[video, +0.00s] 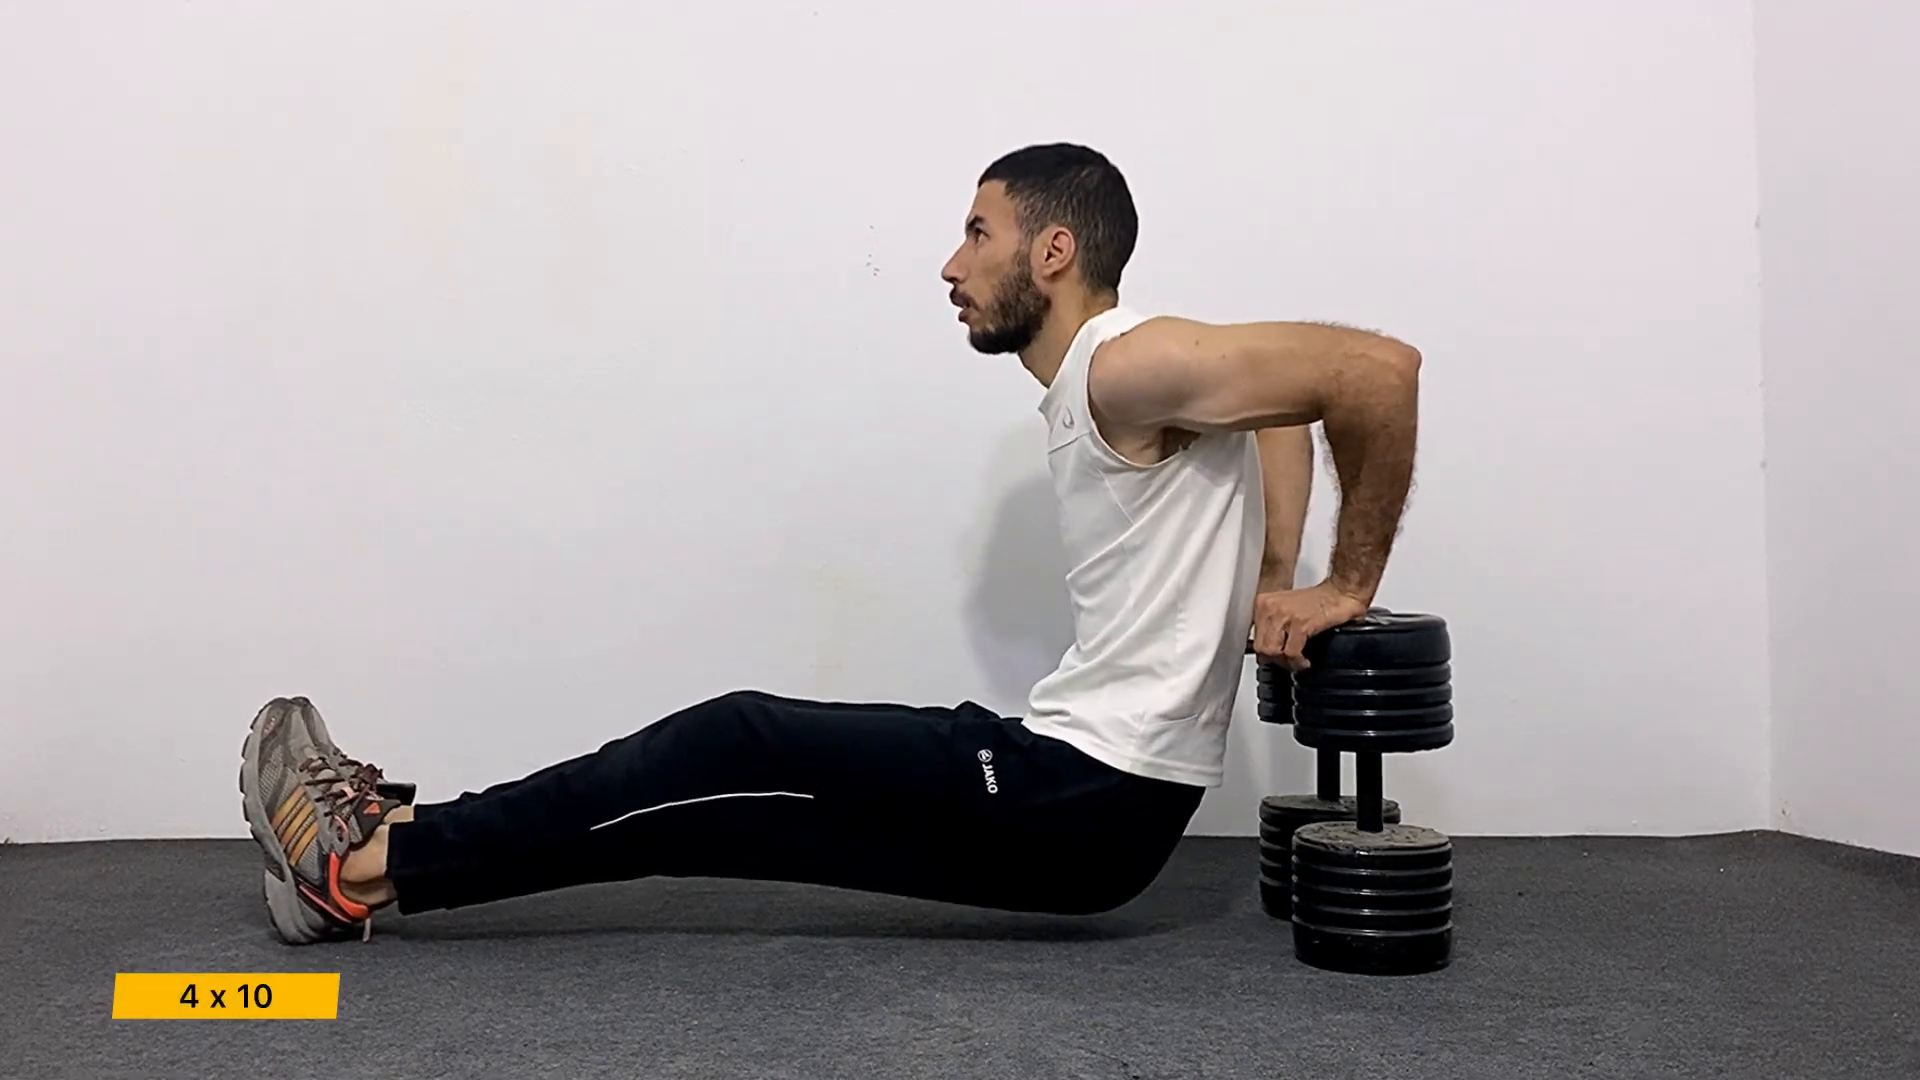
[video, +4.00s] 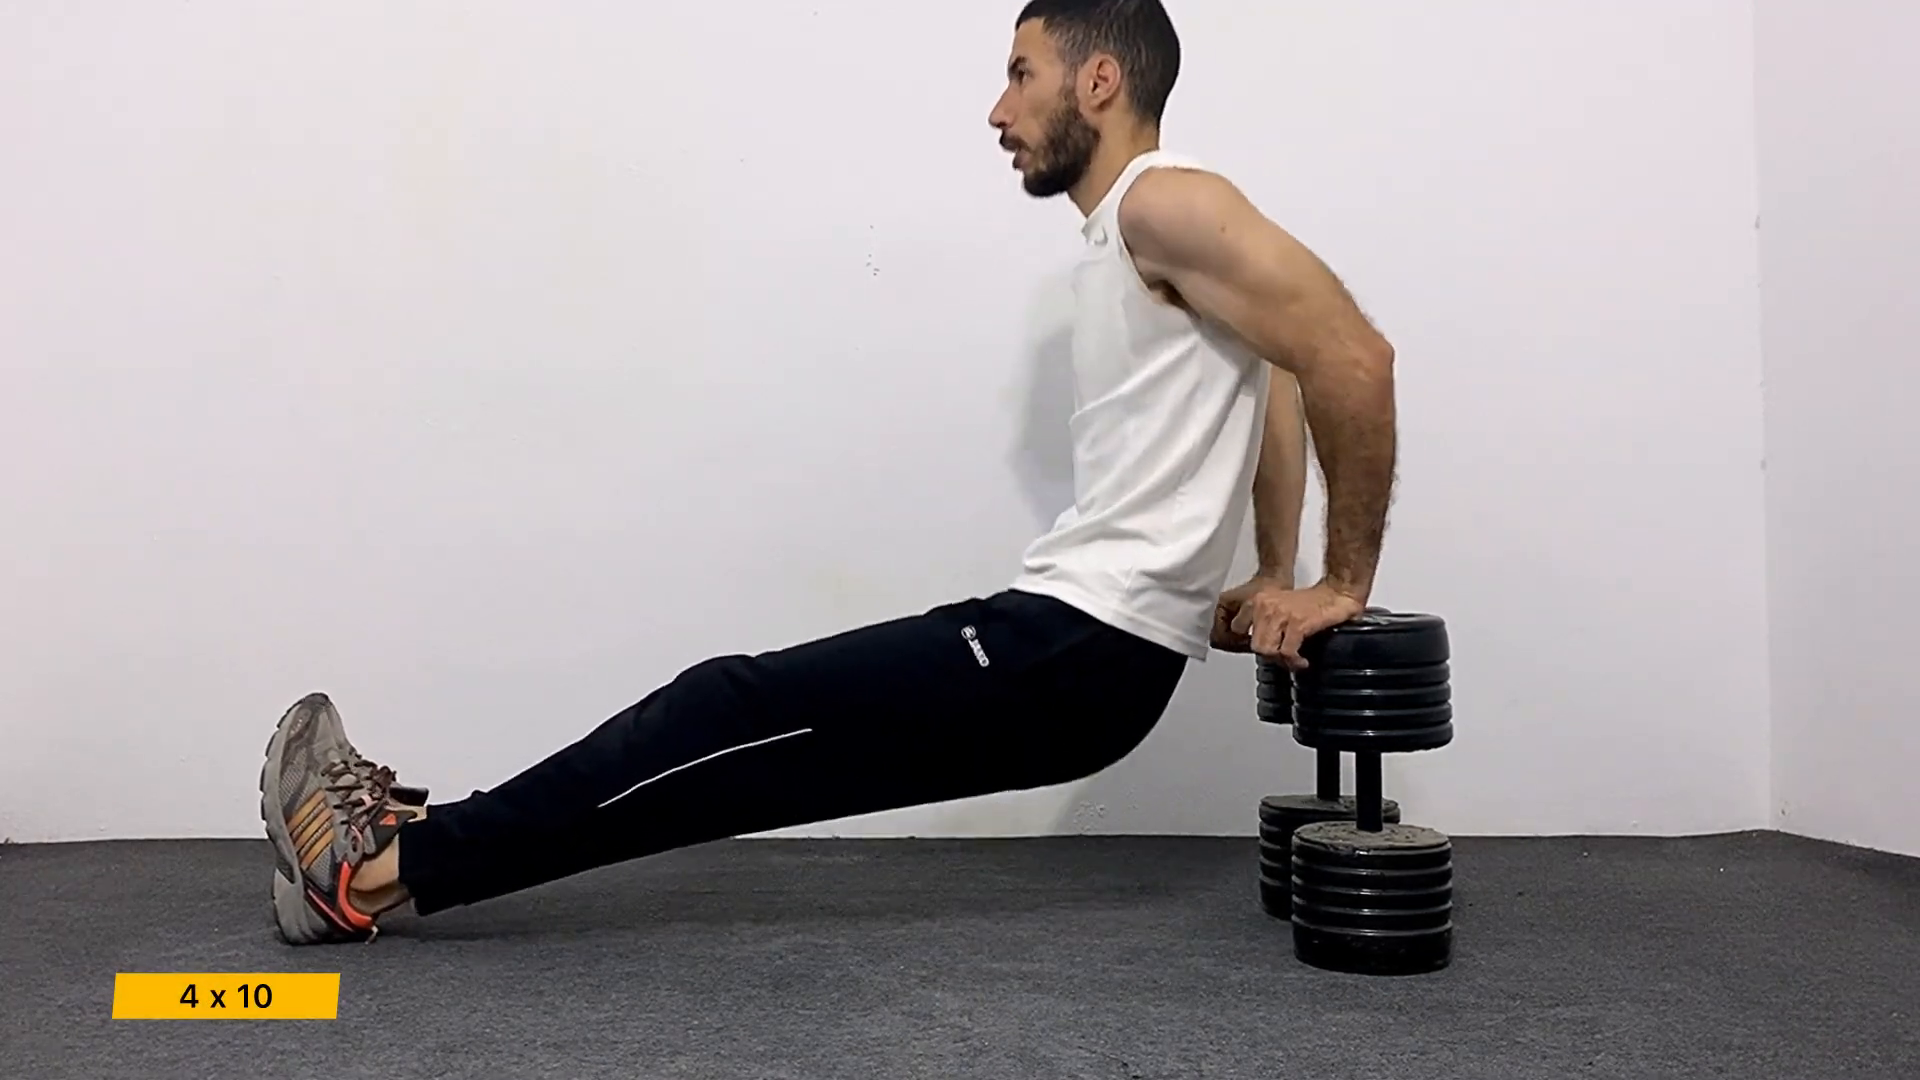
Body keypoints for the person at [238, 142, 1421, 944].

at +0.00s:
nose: (952, 268)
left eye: (976, 238)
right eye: (963, 240)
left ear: (1059, 250)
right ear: (1066, 252)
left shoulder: (1120, 367)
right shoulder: (1111, 368)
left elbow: (1381, 374)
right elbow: (1284, 394)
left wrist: (1355, 584)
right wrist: (1277, 580)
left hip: (1086, 792)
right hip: (1081, 781)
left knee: (730, 738)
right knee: (718, 796)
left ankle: (367, 866)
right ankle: (409, 835)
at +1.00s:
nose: (1007, 76)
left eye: (1031, 46)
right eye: (1015, 47)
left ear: (1116, 53)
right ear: (1106, 57)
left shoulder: (1179, 183)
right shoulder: (1145, 206)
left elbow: (1343, 349)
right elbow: (1266, 389)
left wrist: (1350, 580)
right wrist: (1269, 575)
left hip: (1069, 623)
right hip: (1053, 609)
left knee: (713, 712)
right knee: (711, 703)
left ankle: (376, 871)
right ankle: (400, 843)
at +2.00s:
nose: (966, 228)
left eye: (989, 196)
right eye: (974, 199)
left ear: (1075, 205)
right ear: (1078, 208)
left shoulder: (1144, 326)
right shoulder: (1123, 322)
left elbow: (1397, 373)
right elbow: (1293, 383)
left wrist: (1352, 589)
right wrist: (1278, 569)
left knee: (735, 752)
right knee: (734, 748)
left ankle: (389, 876)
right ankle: (421, 843)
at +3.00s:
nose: (992, 181)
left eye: (1013, 149)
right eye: (998, 152)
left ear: (1100, 159)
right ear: (1103, 164)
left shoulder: (1163, 286)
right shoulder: (1138, 294)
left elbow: (1395, 368)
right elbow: (1302, 374)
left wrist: (1354, 586)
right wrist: (1281, 572)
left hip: (1101, 720)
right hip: (1077, 702)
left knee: (737, 749)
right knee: (735, 745)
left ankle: (390, 871)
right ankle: (408, 854)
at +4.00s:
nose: (1000, 104)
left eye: (1023, 74)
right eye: (1006, 76)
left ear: (1102, 83)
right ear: (1095, 90)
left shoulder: (1172, 207)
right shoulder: (1144, 231)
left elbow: (1355, 358)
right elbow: (1276, 400)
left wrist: (1351, 585)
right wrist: (1269, 580)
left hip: (1084, 647)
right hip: (1071, 636)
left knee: (723, 724)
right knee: (724, 715)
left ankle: (390, 875)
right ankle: (416, 849)